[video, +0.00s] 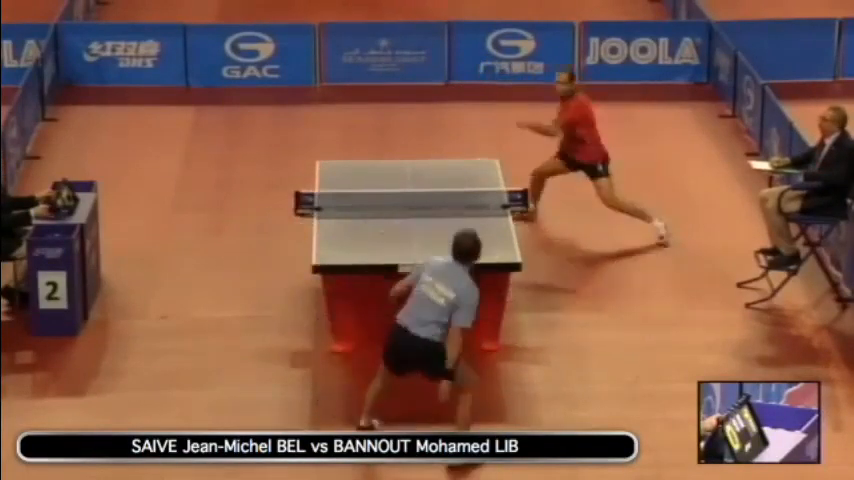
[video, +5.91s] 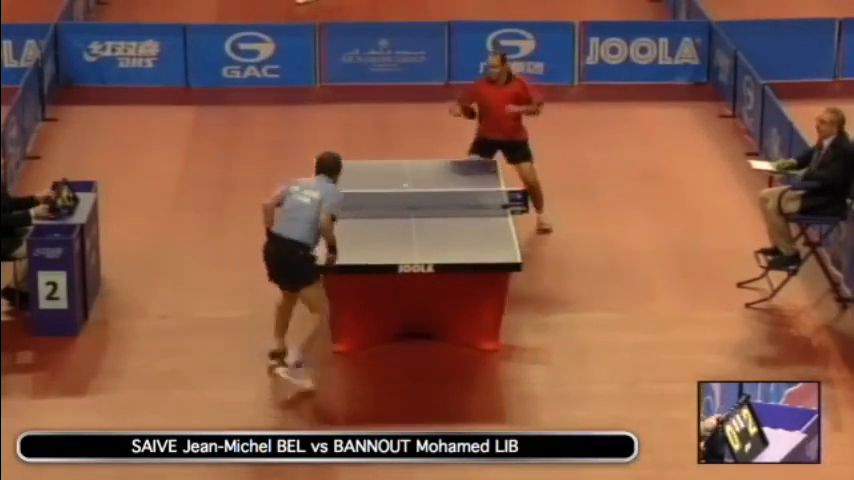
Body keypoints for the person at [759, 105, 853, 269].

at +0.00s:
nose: (820, 123)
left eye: (825, 120)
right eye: (821, 119)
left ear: (837, 125)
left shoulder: (846, 147)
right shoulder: (826, 141)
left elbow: (837, 178)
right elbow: (807, 158)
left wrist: (806, 175)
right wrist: (786, 162)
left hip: (829, 199)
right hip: (815, 191)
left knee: (773, 204)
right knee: (765, 197)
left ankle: (789, 253)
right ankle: (780, 247)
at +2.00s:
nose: (820, 122)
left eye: (825, 119)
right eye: (821, 118)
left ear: (837, 124)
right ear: (833, 123)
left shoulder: (846, 147)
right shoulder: (827, 139)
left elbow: (836, 177)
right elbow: (809, 157)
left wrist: (803, 175)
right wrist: (787, 163)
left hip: (829, 199)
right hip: (815, 190)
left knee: (773, 205)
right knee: (765, 197)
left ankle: (790, 254)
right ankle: (780, 247)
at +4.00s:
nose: (819, 123)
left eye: (824, 120)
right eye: (820, 119)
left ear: (837, 124)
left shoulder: (846, 147)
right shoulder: (826, 141)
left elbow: (836, 178)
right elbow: (808, 157)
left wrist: (803, 175)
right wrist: (787, 162)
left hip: (830, 199)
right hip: (815, 191)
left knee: (773, 204)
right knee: (765, 197)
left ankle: (790, 254)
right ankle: (780, 247)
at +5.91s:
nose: (818, 125)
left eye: (824, 122)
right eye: (819, 121)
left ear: (836, 127)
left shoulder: (844, 149)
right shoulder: (824, 143)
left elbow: (833, 178)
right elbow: (803, 161)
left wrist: (801, 178)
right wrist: (787, 165)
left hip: (829, 199)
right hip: (813, 191)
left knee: (774, 206)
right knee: (765, 197)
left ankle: (790, 254)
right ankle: (780, 247)